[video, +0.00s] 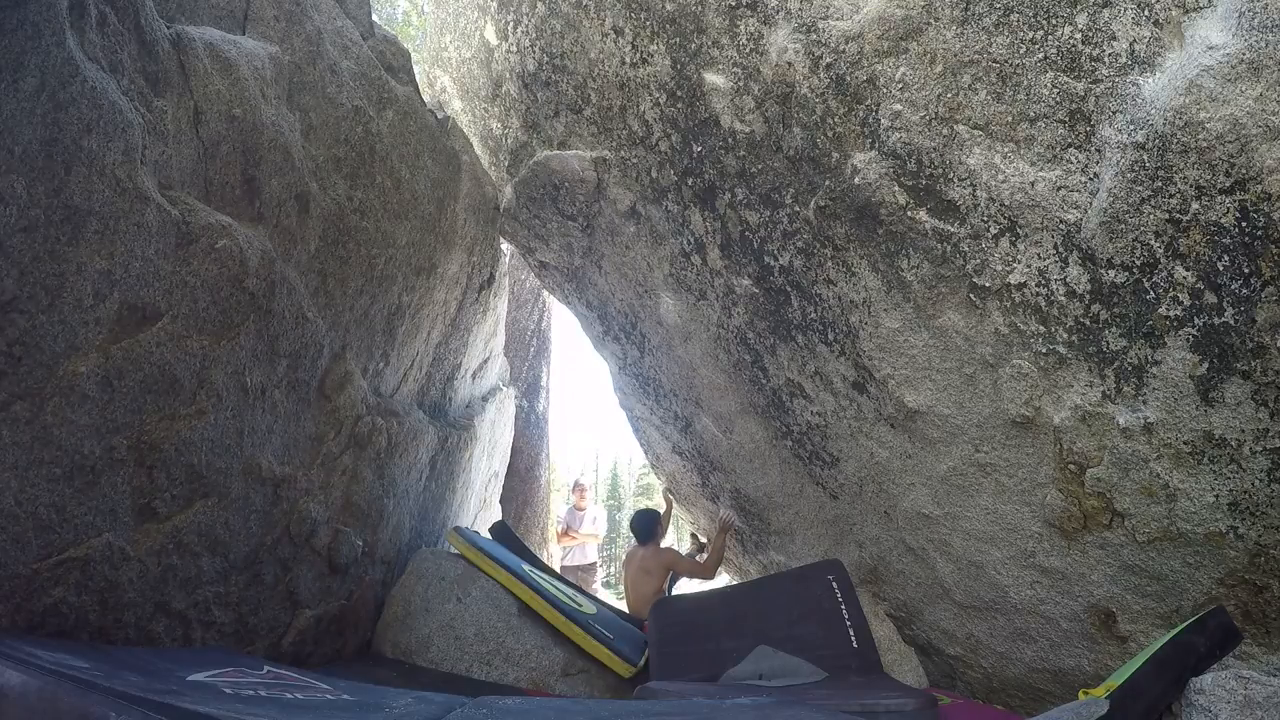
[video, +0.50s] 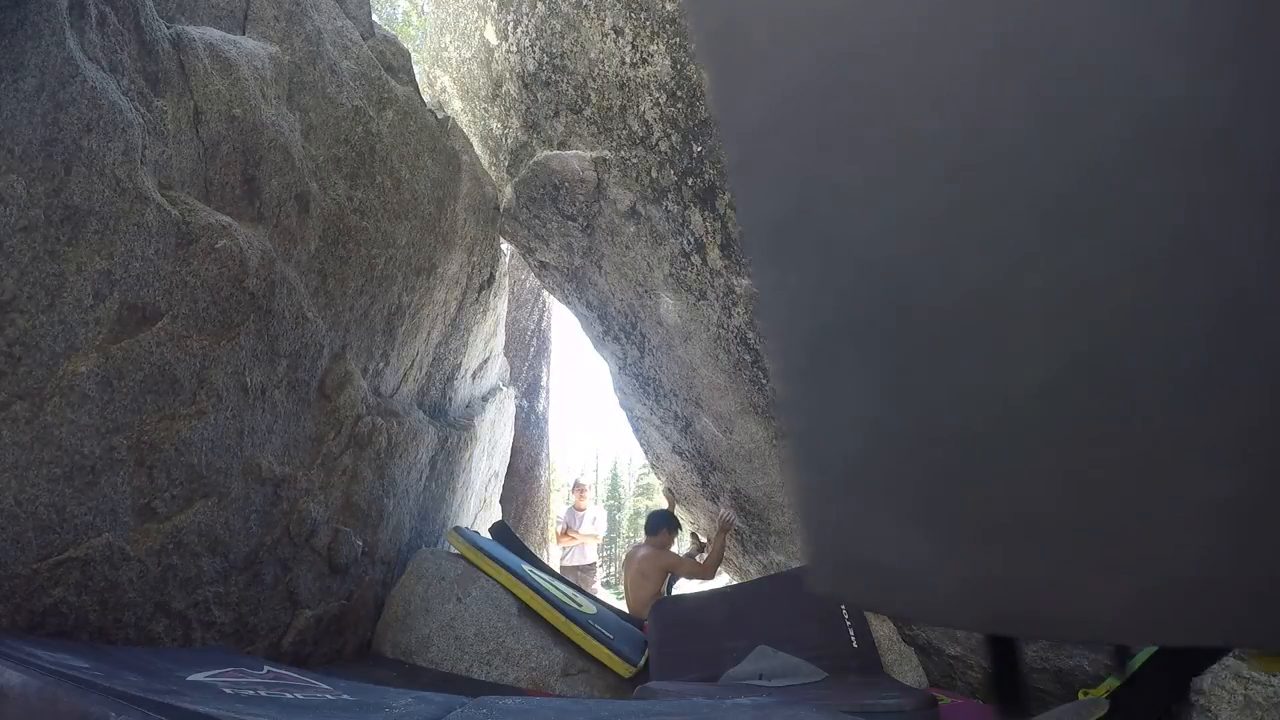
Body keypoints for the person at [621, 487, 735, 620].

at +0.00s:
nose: (662, 525)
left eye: (661, 522)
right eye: (660, 523)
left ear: (636, 532)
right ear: (658, 529)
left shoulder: (631, 553)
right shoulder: (665, 555)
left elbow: (660, 532)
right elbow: (708, 572)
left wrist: (669, 507)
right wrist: (721, 533)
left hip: (636, 622)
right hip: (656, 624)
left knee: (671, 574)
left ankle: (693, 551)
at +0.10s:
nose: (666, 527)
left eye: (665, 524)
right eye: (665, 524)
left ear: (640, 531)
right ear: (660, 529)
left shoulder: (632, 553)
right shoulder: (665, 556)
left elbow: (663, 529)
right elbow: (709, 572)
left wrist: (669, 506)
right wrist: (722, 533)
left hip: (636, 622)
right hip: (656, 624)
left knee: (671, 575)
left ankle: (694, 550)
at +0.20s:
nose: (669, 530)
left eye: (668, 526)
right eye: (667, 526)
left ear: (643, 530)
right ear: (662, 529)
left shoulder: (632, 553)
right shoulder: (665, 556)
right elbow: (709, 572)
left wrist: (669, 506)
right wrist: (722, 533)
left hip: (635, 622)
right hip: (656, 624)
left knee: (671, 574)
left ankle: (694, 550)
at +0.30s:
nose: (671, 533)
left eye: (671, 529)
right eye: (671, 529)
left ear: (646, 530)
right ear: (664, 531)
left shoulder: (632, 552)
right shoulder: (663, 557)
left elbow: (654, 530)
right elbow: (708, 572)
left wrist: (670, 506)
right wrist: (722, 533)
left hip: (636, 621)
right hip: (655, 623)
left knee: (672, 573)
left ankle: (694, 550)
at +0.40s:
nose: (672, 541)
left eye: (673, 536)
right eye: (671, 535)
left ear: (647, 531)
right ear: (662, 532)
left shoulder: (633, 552)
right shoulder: (662, 557)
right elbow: (708, 572)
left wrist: (671, 505)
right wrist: (722, 533)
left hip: (636, 620)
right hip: (654, 624)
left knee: (671, 574)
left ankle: (695, 550)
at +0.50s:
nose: (673, 541)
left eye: (674, 537)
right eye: (673, 536)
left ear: (648, 530)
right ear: (664, 533)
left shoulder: (632, 552)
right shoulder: (662, 557)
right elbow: (708, 572)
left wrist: (671, 506)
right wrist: (721, 533)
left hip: (636, 621)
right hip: (654, 624)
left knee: (671, 573)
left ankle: (694, 550)